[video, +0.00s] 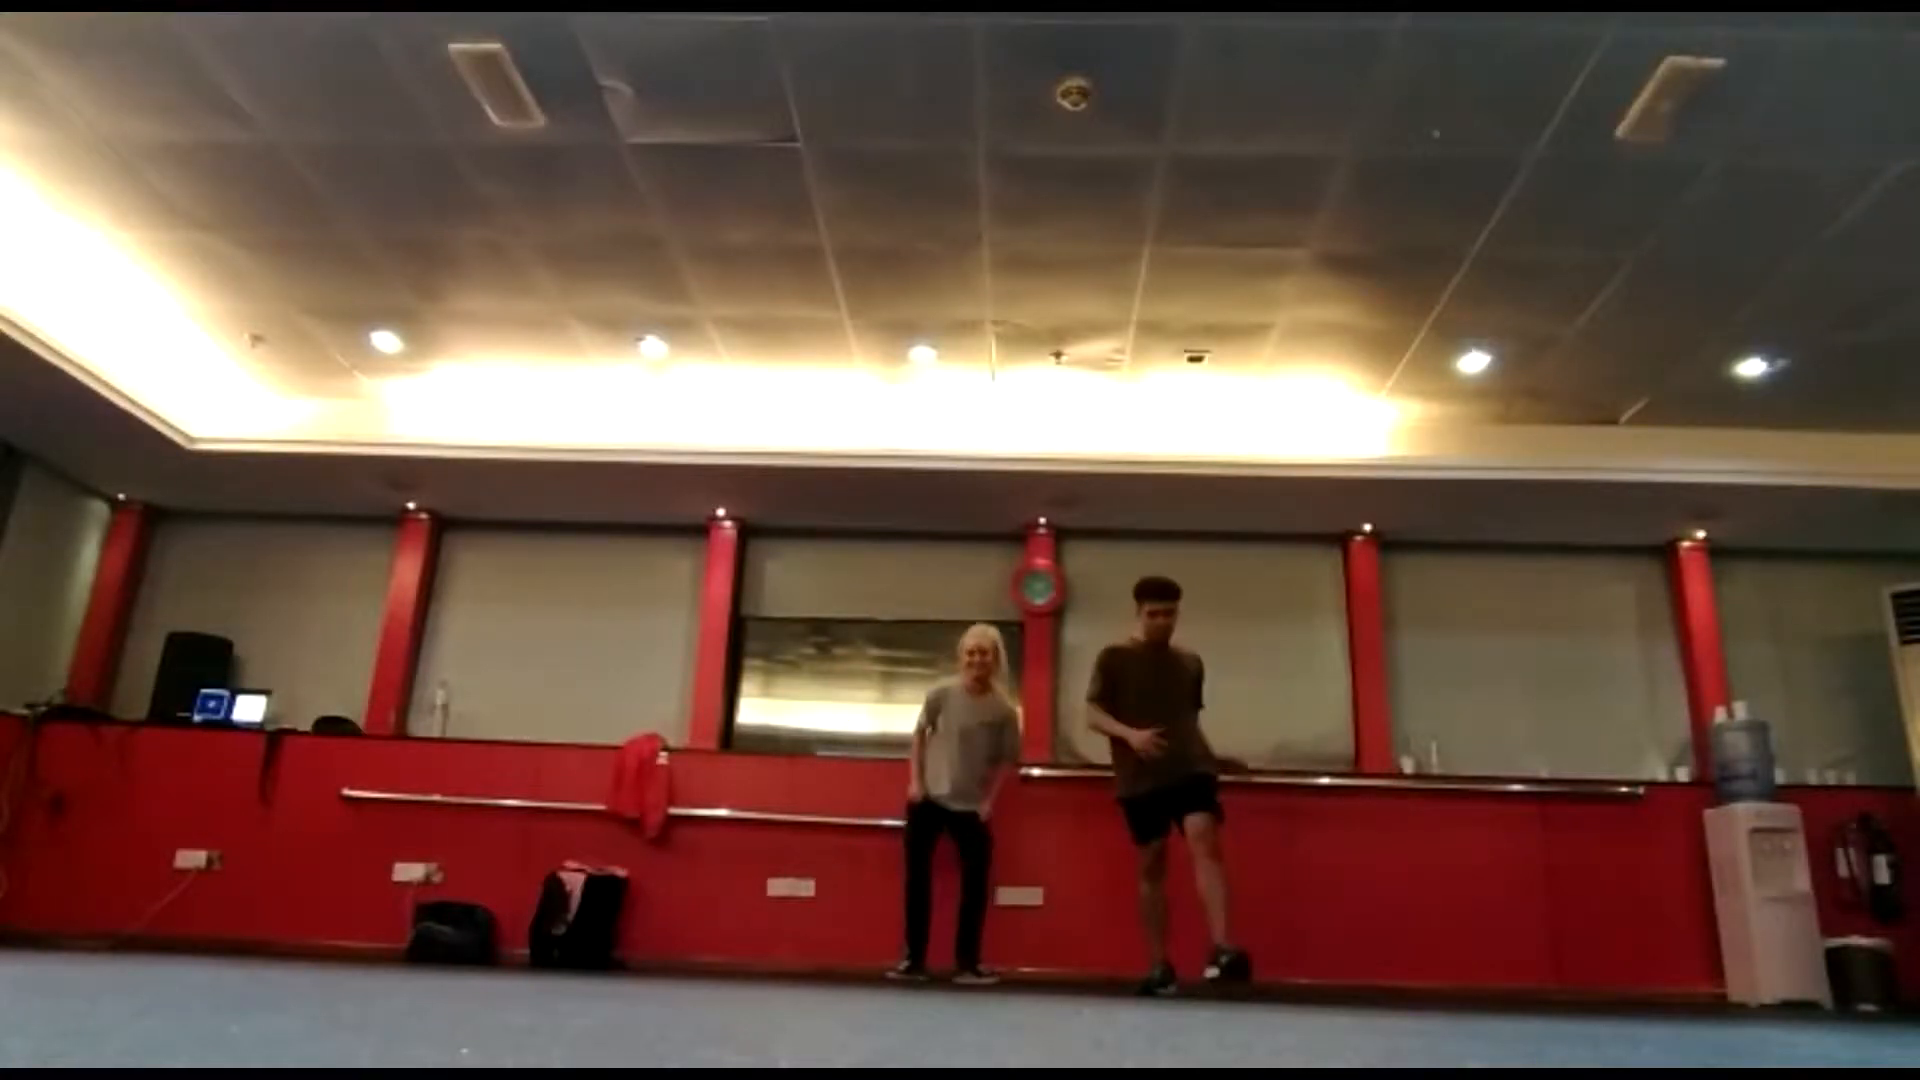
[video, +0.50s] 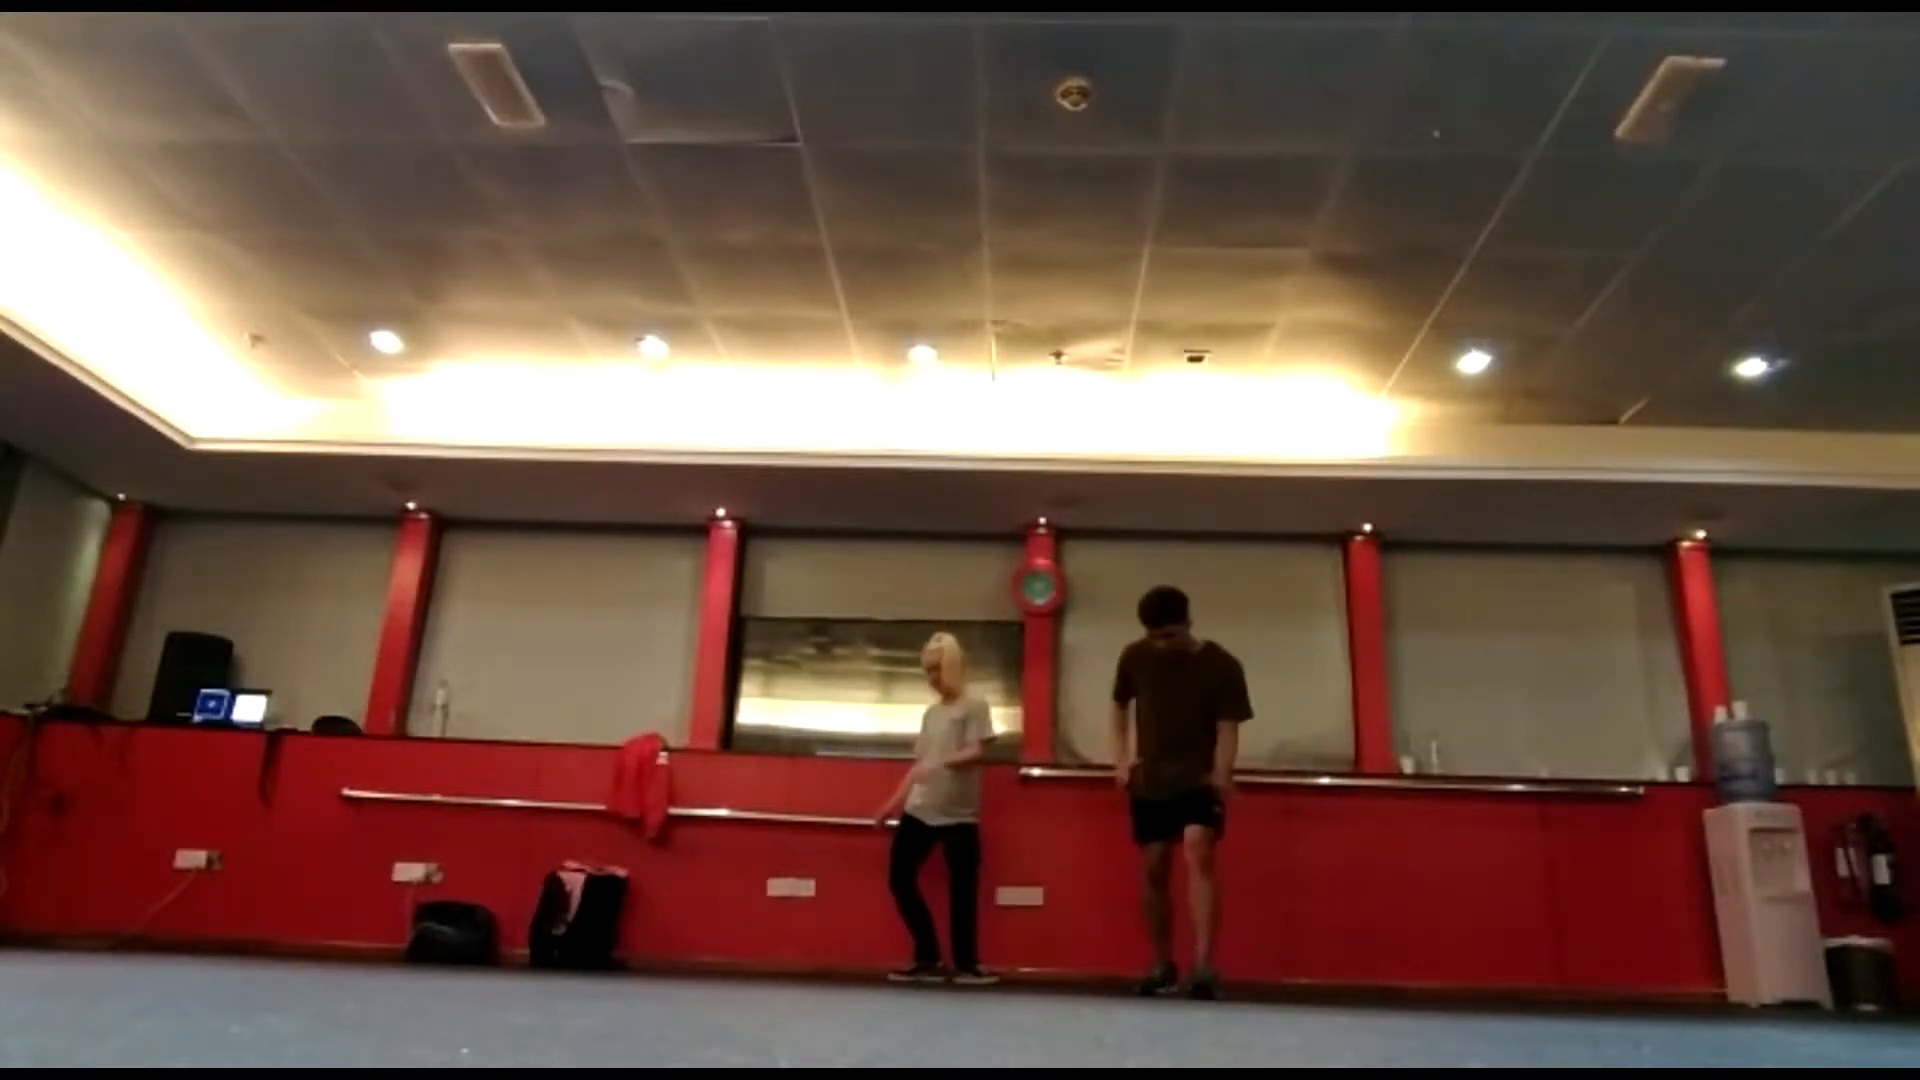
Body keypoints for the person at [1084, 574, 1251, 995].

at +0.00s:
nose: (1159, 621)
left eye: (1166, 614)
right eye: (1152, 614)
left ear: (1177, 614)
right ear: (1138, 614)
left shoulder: (1189, 664)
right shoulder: (1114, 659)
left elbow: (1190, 722)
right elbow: (1093, 715)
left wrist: (1213, 760)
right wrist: (1131, 735)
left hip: (1187, 770)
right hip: (1140, 777)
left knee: (1203, 836)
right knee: (1152, 862)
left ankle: (1221, 948)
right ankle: (1158, 963)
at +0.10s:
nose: (1167, 614)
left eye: (1174, 606)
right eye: (1159, 606)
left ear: (1185, 608)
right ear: (1145, 607)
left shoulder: (1197, 658)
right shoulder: (1117, 651)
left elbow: (1210, 711)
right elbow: (1088, 703)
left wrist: (1231, 748)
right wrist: (1117, 738)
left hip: (1187, 765)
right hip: (1138, 769)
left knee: (1197, 834)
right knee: (1148, 858)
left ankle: (1214, 944)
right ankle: (1157, 958)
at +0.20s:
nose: (1170, 617)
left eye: (1178, 609)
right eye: (1163, 609)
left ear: (1189, 610)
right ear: (1148, 608)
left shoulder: (1202, 659)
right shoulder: (1122, 650)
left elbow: (1229, 709)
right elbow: (1088, 699)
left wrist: (1250, 750)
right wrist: (1101, 745)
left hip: (1189, 768)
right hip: (1138, 769)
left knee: (1195, 846)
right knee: (1147, 861)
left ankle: (1210, 953)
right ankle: (1156, 960)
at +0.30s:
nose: (1174, 633)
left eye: (1182, 625)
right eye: (1167, 625)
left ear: (1195, 623)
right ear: (1154, 622)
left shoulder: (1211, 673)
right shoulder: (1129, 663)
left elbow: (1248, 721)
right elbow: (1089, 704)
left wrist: (1265, 764)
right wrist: (1090, 753)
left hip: (1192, 780)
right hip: (1141, 781)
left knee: (1194, 853)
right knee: (1151, 869)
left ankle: (1202, 963)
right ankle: (1159, 964)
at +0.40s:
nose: (1174, 641)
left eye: (1182, 632)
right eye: (1167, 633)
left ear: (1196, 626)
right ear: (1155, 627)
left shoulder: (1217, 670)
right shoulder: (1133, 661)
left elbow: (1242, 726)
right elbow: (1098, 706)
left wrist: (1257, 771)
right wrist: (1098, 760)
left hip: (1197, 778)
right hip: (1145, 779)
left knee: (1198, 854)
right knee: (1153, 870)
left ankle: (1203, 963)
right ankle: (1160, 963)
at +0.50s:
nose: (1163, 644)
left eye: (1170, 635)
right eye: (1156, 636)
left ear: (1186, 624)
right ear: (1146, 630)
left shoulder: (1219, 663)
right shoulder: (1136, 657)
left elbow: (1228, 726)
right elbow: (1120, 707)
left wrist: (1222, 777)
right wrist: (1122, 757)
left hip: (1199, 778)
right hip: (1151, 778)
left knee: (1198, 853)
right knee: (1154, 867)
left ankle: (1203, 963)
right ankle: (1161, 962)